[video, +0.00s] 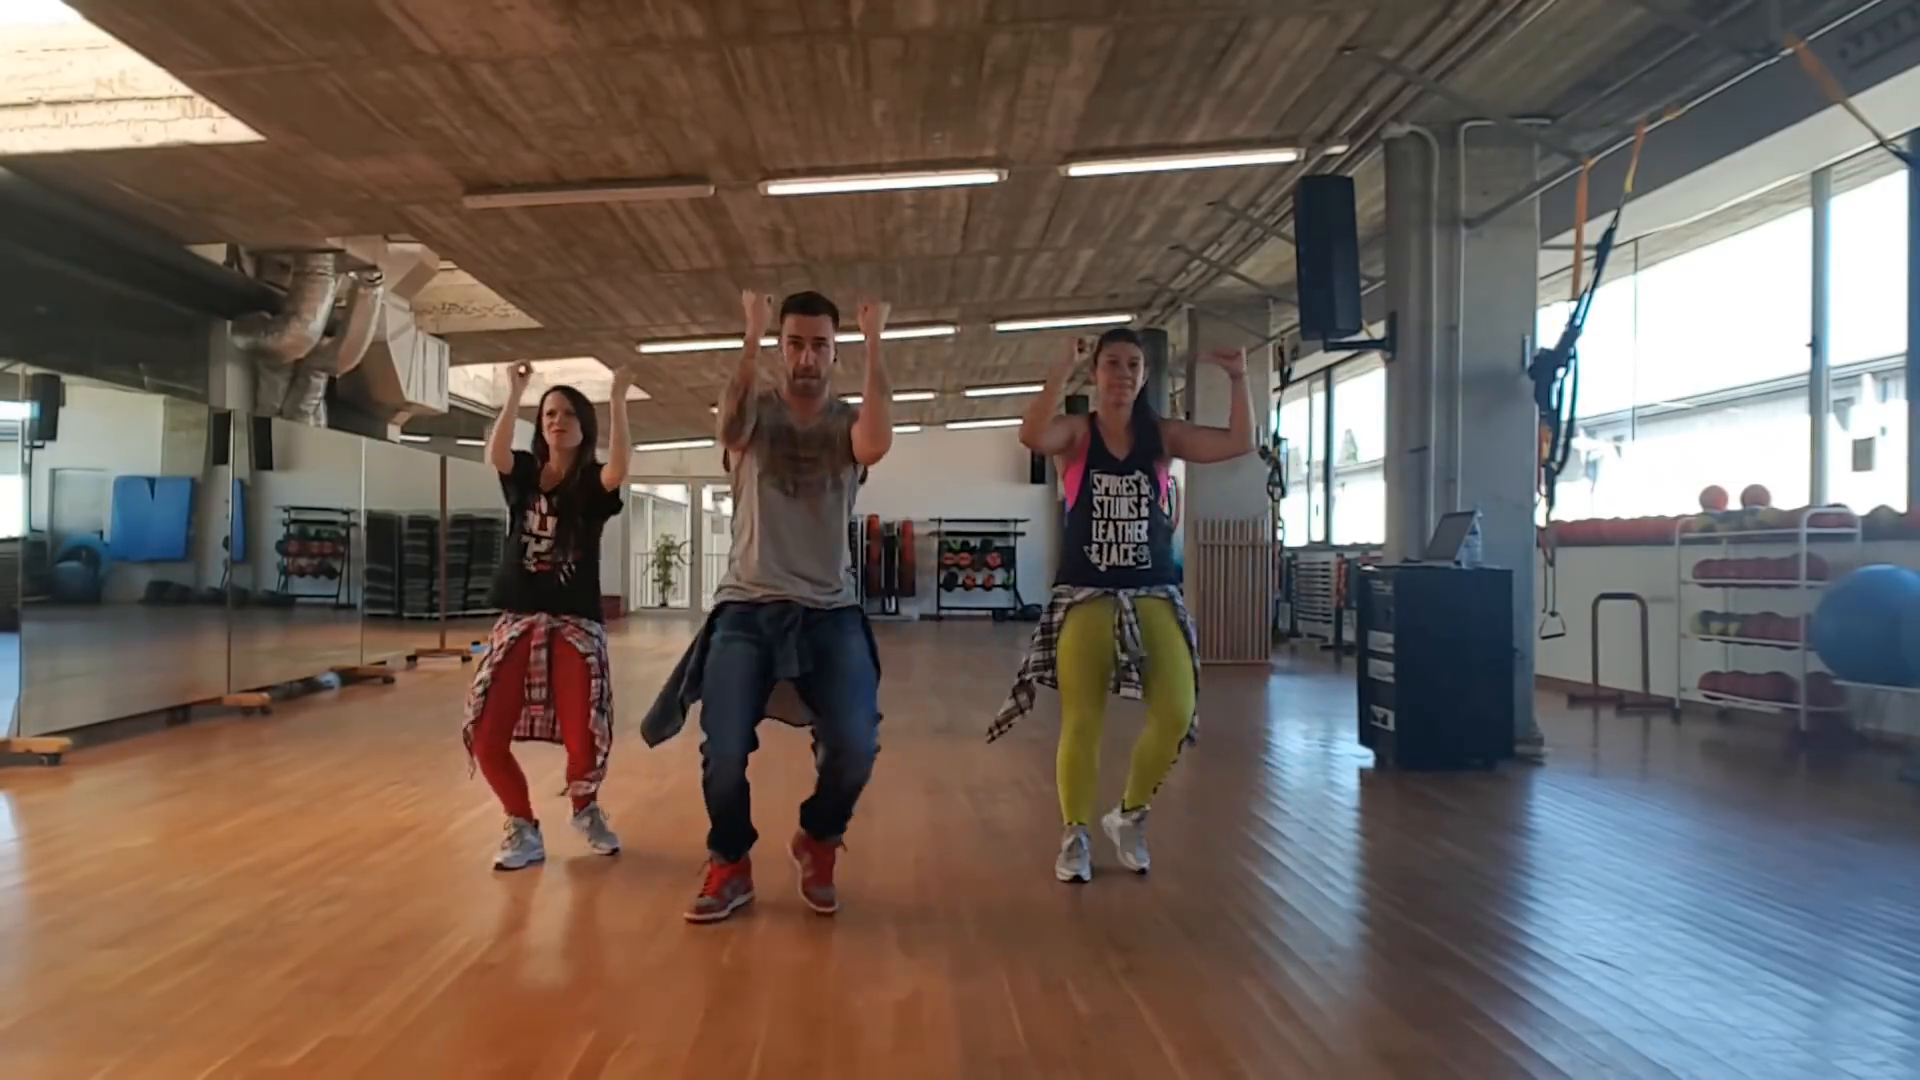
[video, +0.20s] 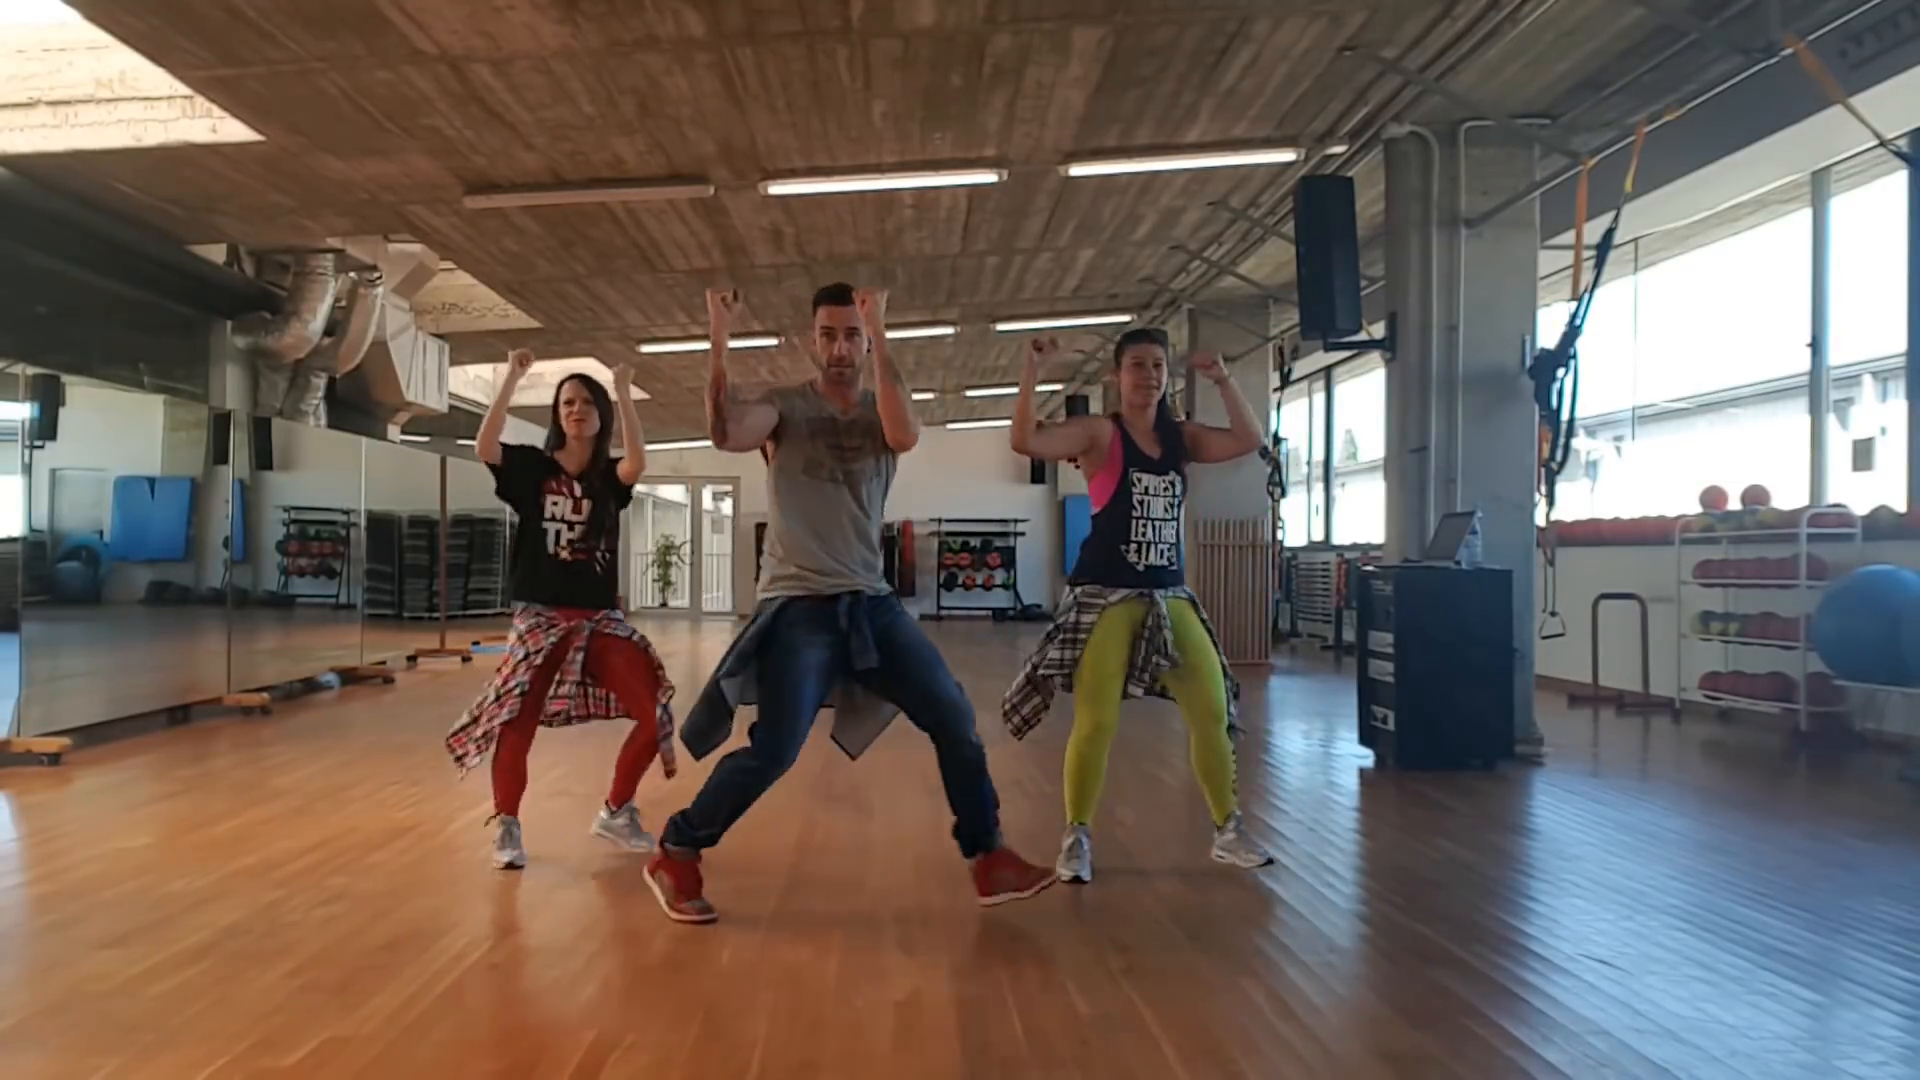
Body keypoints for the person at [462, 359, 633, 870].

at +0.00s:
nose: (558, 421)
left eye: (567, 414)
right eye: (549, 415)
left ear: (586, 425)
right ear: (539, 426)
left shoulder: (594, 484)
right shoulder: (525, 474)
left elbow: (619, 470)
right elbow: (497, 454)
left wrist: (616, 403)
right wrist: (514, 395)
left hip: (575, 617)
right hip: (518, 615)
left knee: (582, 727)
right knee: (487, 738)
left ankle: (586, 810)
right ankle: (524, 831)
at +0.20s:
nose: (576, 411)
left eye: (585, 404)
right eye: (567, 405)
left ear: (602, 415)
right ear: (556, 415)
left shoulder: (609, 475)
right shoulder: (531, 466)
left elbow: (635, 462)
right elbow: (486, 447)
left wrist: (622, 394)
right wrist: (511, 379)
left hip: (601, 617)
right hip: (541, 616)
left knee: (654, 714)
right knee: (518, 720)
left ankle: (617, 813)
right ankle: (507, 825)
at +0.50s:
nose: (623, 416)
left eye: (631, 409)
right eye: (613, 411)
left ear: (648, 420)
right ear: (604, 425)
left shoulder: (664, 473)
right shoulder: (591, 477)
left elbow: (688, 459)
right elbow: (546, 470)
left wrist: (662, 396)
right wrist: (563, 402)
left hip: (678, 618)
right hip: (621, 624)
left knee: (716, 725)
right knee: (591, 733)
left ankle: (682, 831)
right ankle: (515, 806)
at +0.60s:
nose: (633, 402)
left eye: (642, 395)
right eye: (624, 397)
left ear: (660, 407)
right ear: (615, 412)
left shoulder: (679, 460)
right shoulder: (603, 468)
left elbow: (705, 442)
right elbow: (547, 449)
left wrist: (677, 388)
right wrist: (567, 385)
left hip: (692, 607)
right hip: (634, 610)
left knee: (712, 721)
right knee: (611, 714)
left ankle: (683, 828)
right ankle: (593, 788)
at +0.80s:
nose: (651, 415)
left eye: (659, 407)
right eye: (642, 408)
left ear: (673, 416)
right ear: (631, 421)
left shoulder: (692, 470)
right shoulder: (616, 479)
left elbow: (699, 477)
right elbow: (570, 474)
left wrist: (679, 403)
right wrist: (580, 404)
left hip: (703, 609)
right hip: (647, 614)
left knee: (713, 712)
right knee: (664, 709)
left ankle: (711, 823)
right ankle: (669, 807)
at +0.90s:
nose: (648, 420)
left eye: (656, 412)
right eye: (639, 414)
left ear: (671, 422)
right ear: (629, 427)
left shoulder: (691, 473)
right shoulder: (619, 483)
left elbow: (694, 478)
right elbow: (571, 476)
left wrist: (677, 408)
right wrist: (586, 410)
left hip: (699, 614)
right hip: (644, 620)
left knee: (711, 721)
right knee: (653, 727)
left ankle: (711, 822)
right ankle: (680, 792)